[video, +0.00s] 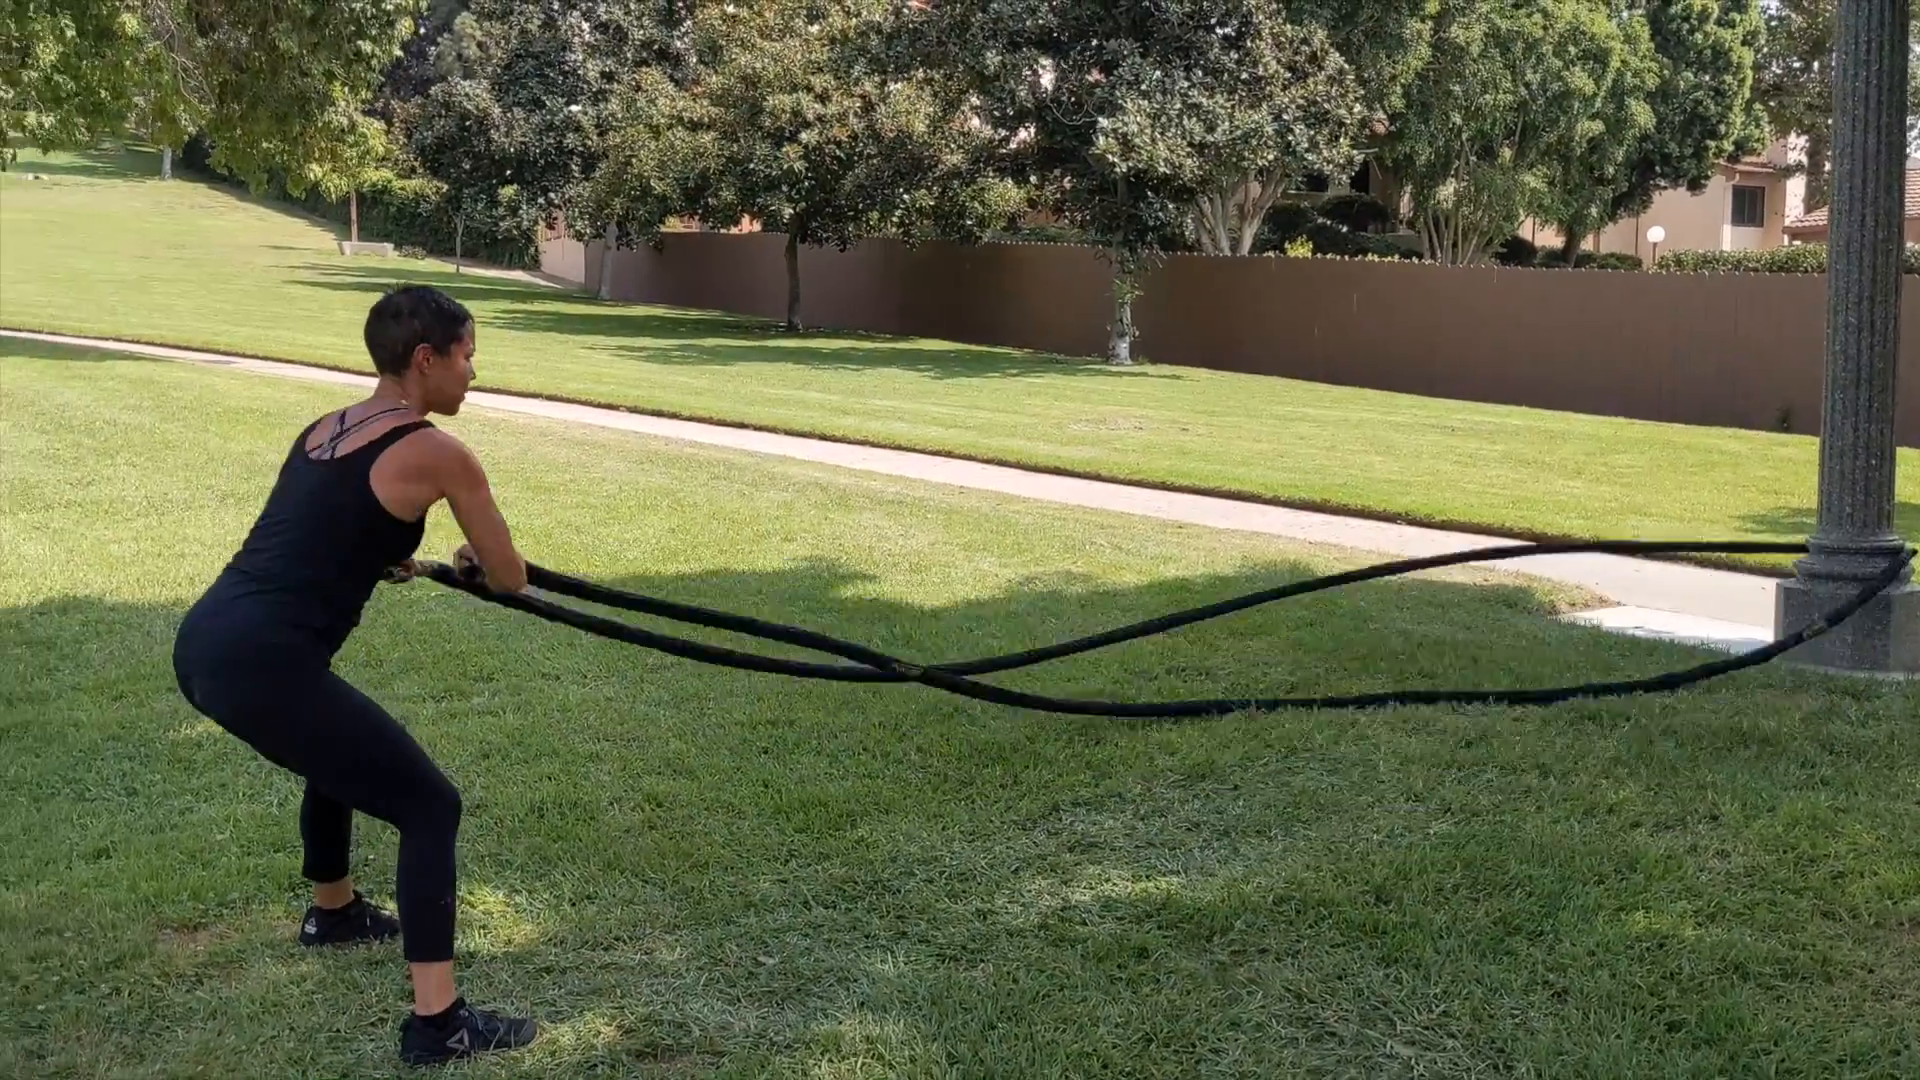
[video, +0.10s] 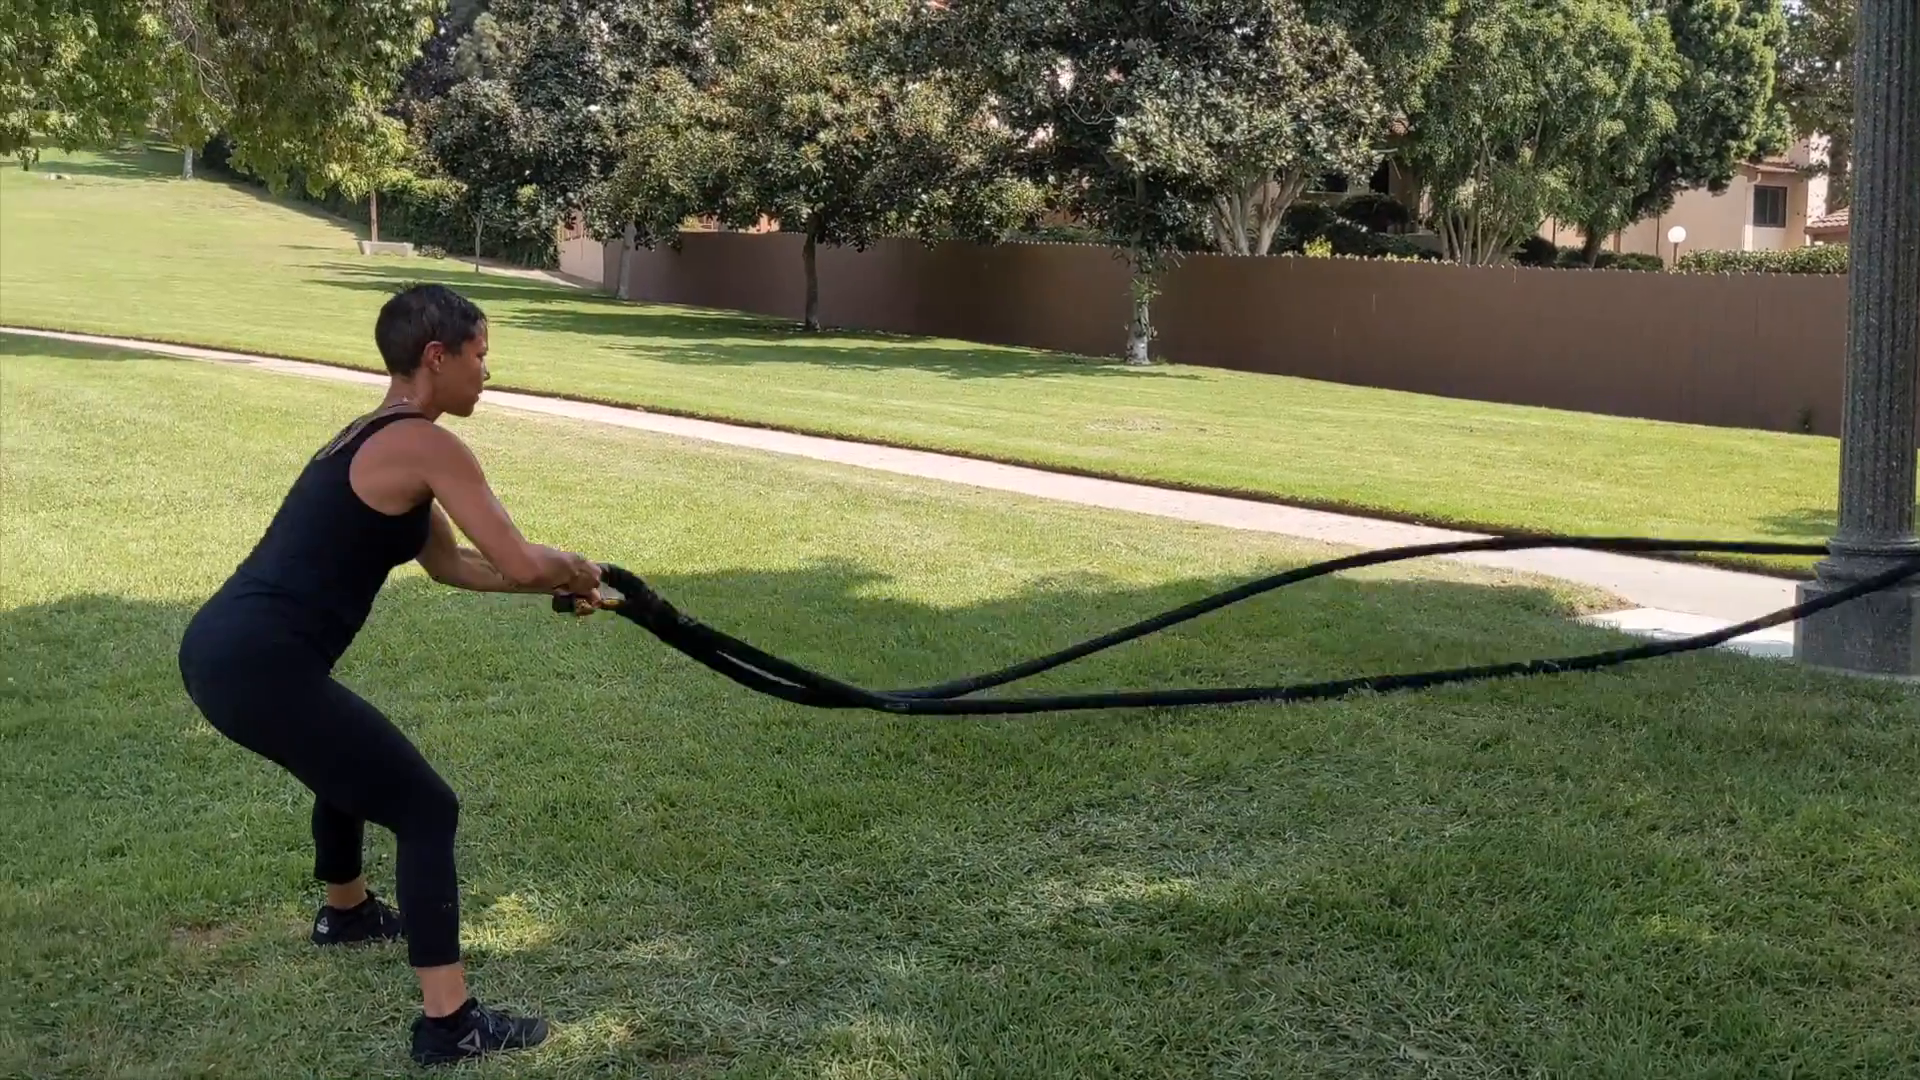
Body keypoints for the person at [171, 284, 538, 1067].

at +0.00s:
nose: (472, 370)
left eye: (471, 354)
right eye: (465, 355)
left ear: (393, 359)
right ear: (425, 359)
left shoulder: (330, 424)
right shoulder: (438, 452)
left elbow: (311, 520)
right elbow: (508, 574)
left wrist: (384, 552)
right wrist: (485, 572)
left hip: (203, 647)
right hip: (266, 666)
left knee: (335, 751)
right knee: (432, 804)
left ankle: (334, 908)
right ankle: (437, 1018)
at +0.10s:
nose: (487, 371)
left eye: (486, 356)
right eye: (478, 356)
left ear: (419, 360)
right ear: (435, 357)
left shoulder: (371, 441)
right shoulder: (429, 446)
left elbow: (449, 563)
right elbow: (522, 565)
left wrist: (546, 582)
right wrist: (573, 569)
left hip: (220, 649)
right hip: (258, 667)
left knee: (350, 759)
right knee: (427, 806)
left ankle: (346, 907)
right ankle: (447, 1017)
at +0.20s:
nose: (502, 371)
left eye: (501, 355)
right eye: (494, 355)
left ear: (434, 363)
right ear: (450, 359)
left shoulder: (401, 449)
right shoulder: (429, 447)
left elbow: (473, 585)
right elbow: (524, 555)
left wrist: (585, 613)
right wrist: (628, 566)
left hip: (254, 647)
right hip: (262, 664)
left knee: (364, 760)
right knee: (424, 806)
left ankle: (352, 905)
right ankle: (452, 1017)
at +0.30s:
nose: (510, 374)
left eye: (509, 357)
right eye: (504, 357)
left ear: (444, 362)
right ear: (459, 358)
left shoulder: (416, 451)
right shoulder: (416, 452)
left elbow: (469, 594)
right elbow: (500, 569)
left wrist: (567, 610)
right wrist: (628, 583)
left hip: (291, 650)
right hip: (261, 664)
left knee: (388, 755)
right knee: (425, 804)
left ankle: (354, 903)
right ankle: (453, 1017)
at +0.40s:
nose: (509, 373)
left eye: (509, 356)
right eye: (501, 356)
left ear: (450, 359)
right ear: (454, 357)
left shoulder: (443, 453)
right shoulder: (406, 451)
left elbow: (461, 584)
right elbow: (463, 577)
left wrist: (584, 580)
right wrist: (601, 589)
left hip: (297, 649)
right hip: (259, 660)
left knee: (396, 749)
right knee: (426, 803)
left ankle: (354, 904)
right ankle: (451, 1016)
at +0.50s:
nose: (493, 364)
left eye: (492, 347)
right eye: (485, 347)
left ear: (435, 351)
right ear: (439, 350)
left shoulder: (423, 443)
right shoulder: (394, 448)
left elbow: (441, 562)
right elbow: (442, 572)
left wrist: (560, 571)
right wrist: (584, 582)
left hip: (284, 642)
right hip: (257, 657)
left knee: (397, 740)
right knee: (422, 804)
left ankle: (351, 902)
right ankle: (448, 1018)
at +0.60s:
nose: (471, 355)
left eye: (470, 339)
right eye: (463, 338)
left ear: (403, 345)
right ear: (416, 343)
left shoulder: (357, 419)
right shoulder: (386, 445)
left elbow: (430, 551)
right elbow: (443, 572)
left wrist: (554, 576)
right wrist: (575, 581)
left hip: (241, 631)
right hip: (250, 652)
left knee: (383, 736)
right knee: (409, 804)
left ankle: (350, 903)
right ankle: (443, 1017)